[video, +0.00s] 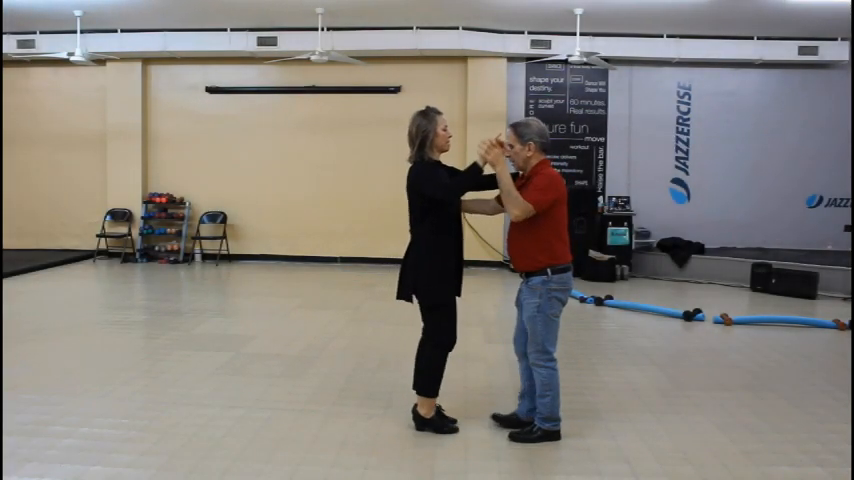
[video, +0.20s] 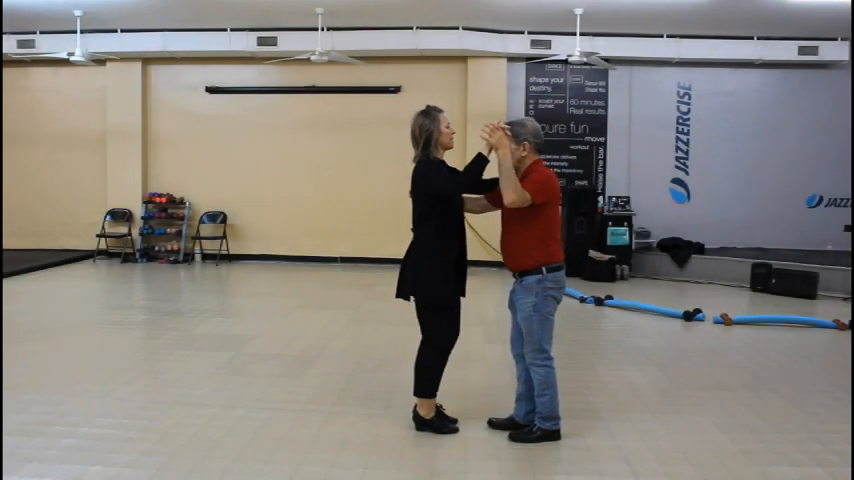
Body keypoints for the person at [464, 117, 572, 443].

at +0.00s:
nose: (506, 153)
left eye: (510, 147)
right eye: (505, 147)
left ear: (530, 148)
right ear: (526, 149)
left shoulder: (548, 179)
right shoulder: (524, 180)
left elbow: (518, 211)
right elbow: (492, 204)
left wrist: (500, 166)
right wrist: (450, 200)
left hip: (549, 280)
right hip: (532, 278)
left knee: (541, 354)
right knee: (525, 348)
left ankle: (548, 424)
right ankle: (527, 413)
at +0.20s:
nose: (501, 152)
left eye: (506, 146)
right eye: (501, 146)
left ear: (524, 147)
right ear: (522, 148)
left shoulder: (543, 177)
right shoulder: (517, 180)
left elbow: (513, 198)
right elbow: (481, 203)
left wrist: (504, 155)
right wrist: (442, 196)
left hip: (542, 279)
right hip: (524, 278)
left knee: (538, 354)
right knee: (522, 352)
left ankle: (548, 424)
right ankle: (525, 416)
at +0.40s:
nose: (498, 150)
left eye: (503, 144)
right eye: (497, 144)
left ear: (521, 147)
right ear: (517, 148)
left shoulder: (540, 177)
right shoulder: (508, 183)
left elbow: (515, 196)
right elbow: (472, 208)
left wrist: (503, 153)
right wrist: (439, 191)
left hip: (535, 278)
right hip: (516, 278)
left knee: (529, 353)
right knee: (517, 353)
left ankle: (546, 422)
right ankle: (524, 416)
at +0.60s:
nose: (495, 151)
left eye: (500, 145)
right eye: (495, 145)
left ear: (518, 148)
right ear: (514, 149)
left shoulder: (536, 178)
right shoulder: (502, 185)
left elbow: (512, 197)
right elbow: (467, 208)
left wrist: (500, 155)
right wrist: (434, 196)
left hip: (528, 276)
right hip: (510, 276)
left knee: (506, 348)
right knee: (512, 346)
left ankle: (536, 414)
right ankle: (522, 414)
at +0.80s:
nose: (491, 152)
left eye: (495, 146)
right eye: (489, 146)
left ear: (513, 148)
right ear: (509, 149)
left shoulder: (530, 179)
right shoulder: (499, 184)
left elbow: (506, 198)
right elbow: (463, 208)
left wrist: (497, 156)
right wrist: (432, 195)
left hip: (518, 277)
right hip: (504, 276)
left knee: (489, 349)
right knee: (512, 348)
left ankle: (489, 426)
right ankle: (525, 417)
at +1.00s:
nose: (481, 152)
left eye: (488, 145)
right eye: (482, 146)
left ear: (505, 150)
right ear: (501, 152)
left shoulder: (521, 182)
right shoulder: (489, 185)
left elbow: (498, 201)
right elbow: (456, 211)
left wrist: (490, 158)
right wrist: (424, 210)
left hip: (502, 280)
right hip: (495, 278)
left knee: (475, 353)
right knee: (502, 350)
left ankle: (453, 428)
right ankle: (525, 417)